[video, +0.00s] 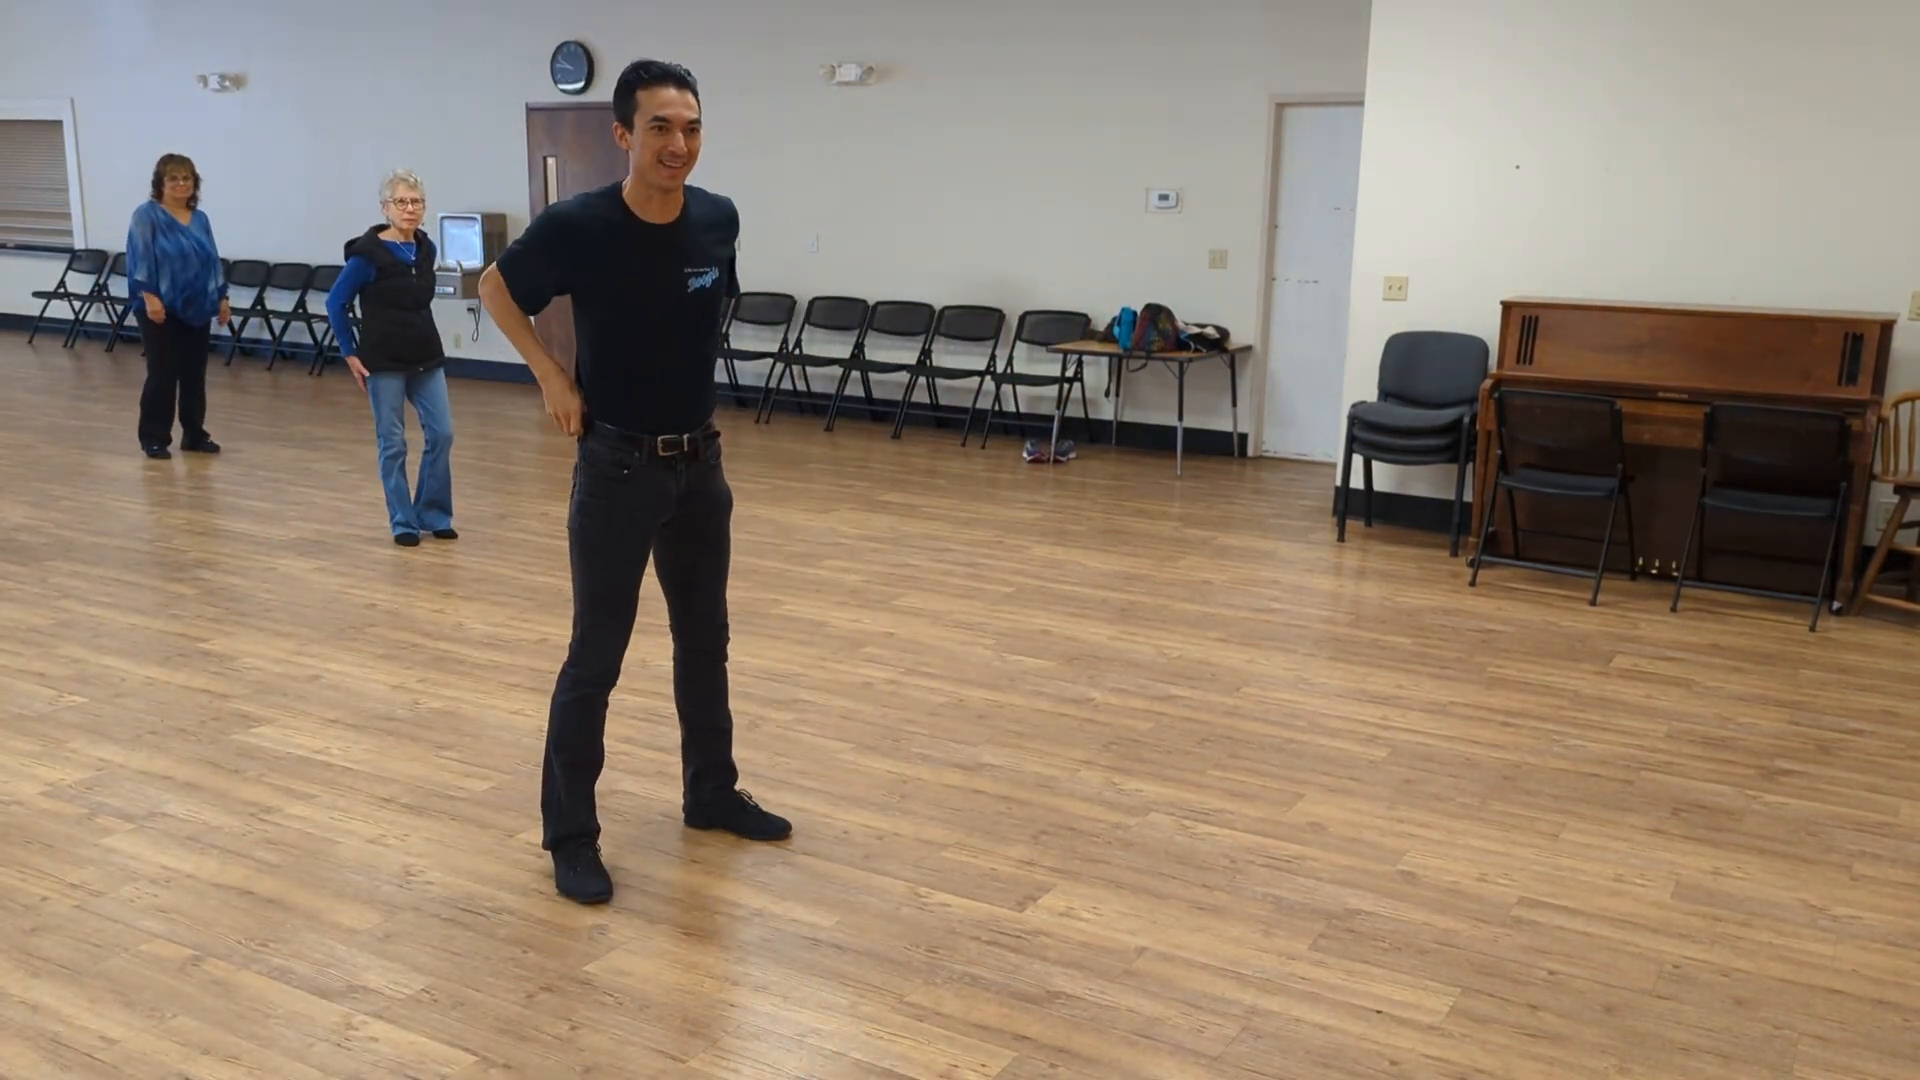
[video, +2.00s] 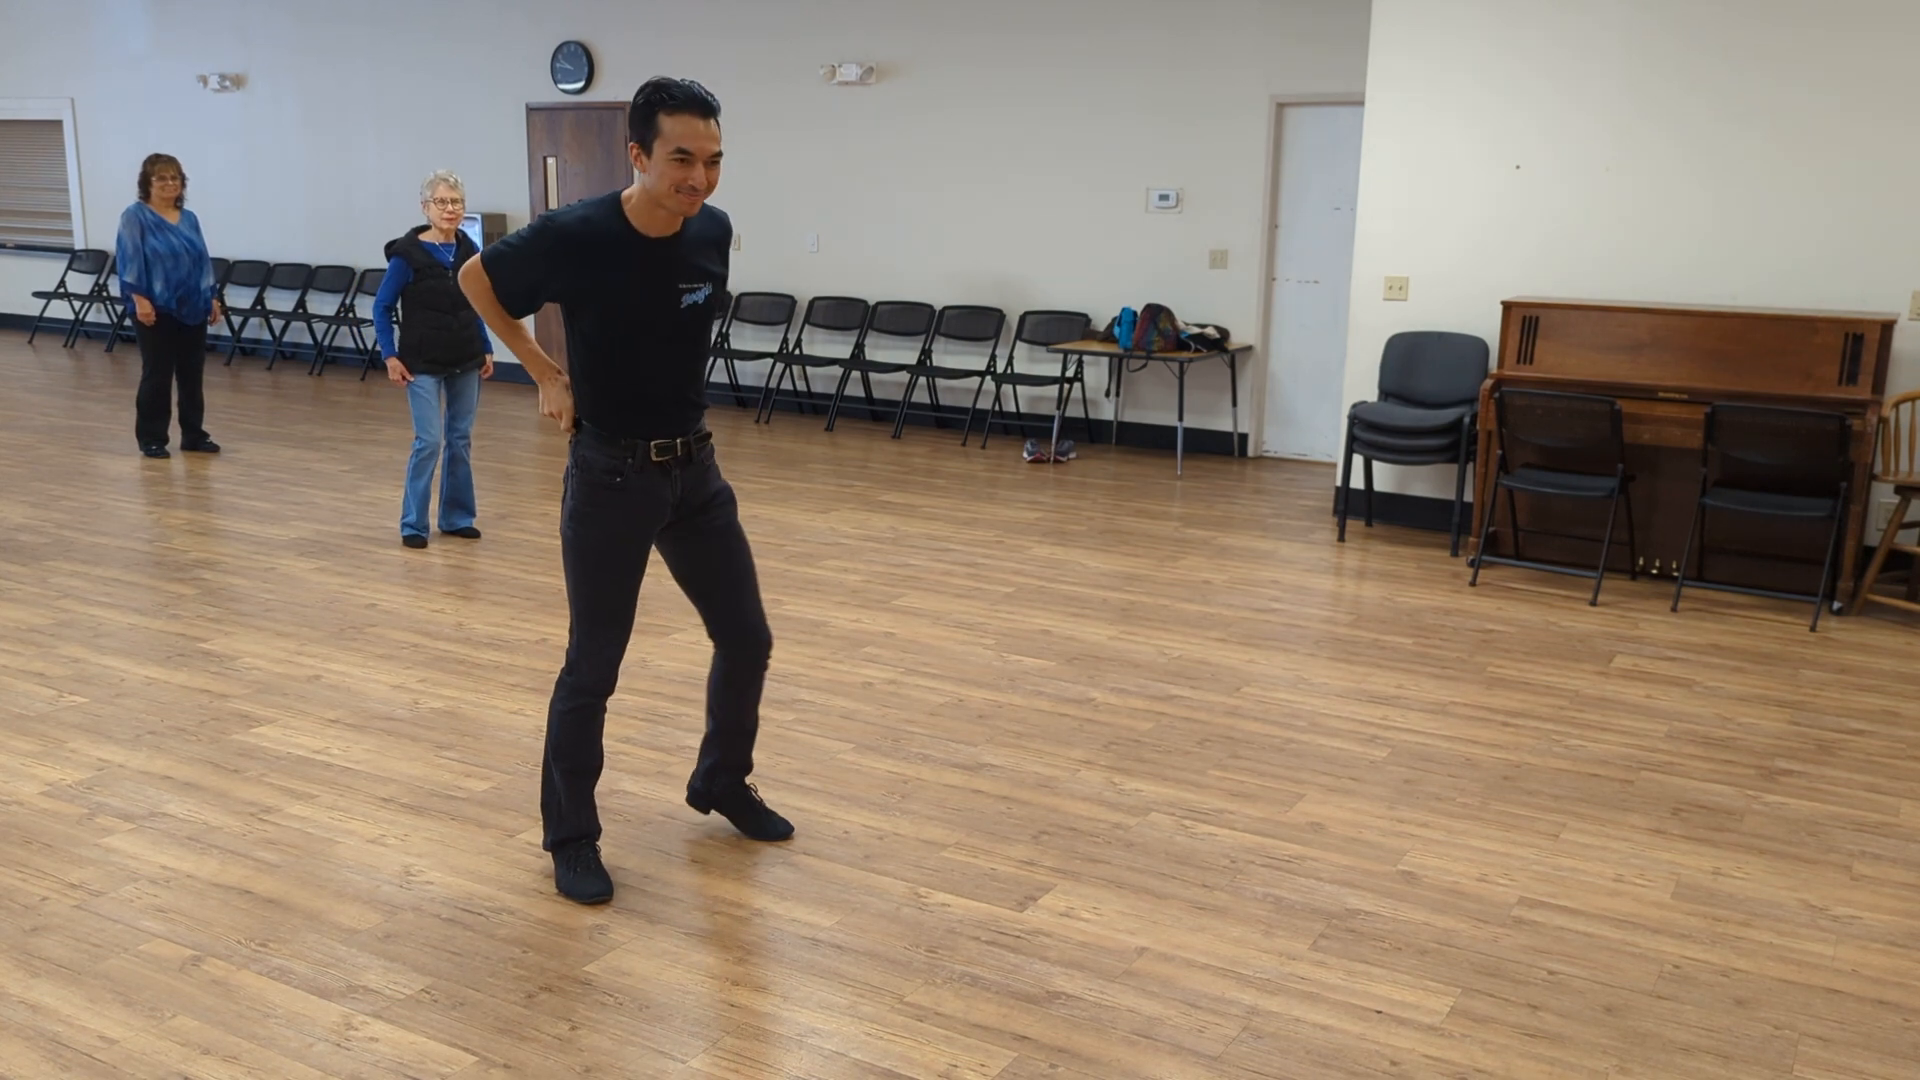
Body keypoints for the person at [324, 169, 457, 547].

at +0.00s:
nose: (410, 209)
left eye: (416, 202)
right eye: (401, 202)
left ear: (424, 207)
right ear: (386, 207)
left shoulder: (426, 249)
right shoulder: (370, 253)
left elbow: (417, 300)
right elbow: (335, 302)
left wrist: (421, 339)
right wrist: (350, 353)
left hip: (425, 358)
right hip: (383, 362)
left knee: (441, 434)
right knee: (393, 443)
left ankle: (434, 515)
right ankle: (403, 523)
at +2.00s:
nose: (450, 209)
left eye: (456, 202)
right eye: (442, 203)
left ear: (464, 207)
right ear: (426, 207)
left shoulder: (470, 250)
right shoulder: (410, 253)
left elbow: (478, 306)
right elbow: (382, 306)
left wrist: (486, 348)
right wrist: (389, 355)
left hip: (467, 360)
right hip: (422, 362)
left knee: (460, 440)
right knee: (429, 442)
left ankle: (457, 518)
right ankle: (414, 525)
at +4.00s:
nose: (449, 205)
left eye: (455, 198)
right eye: (440, 199)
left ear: (461, 202)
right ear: (424, 204)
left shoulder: (466, 247)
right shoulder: (409, 251)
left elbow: (470, 305)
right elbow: (388, 310)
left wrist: (493, 350)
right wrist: (395, 361)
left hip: (469, 358)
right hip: (427, 360)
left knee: (464, 442)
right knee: (420, 446)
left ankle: (464, 521)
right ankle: (411, 526)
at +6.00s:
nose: (443, 208)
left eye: (444, 201)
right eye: (434, 202)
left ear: (440, 204)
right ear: (408, 207)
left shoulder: (431, 248)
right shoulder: (387, 254)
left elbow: (429, 314)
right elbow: (365, 313)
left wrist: (448, 358)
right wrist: (378, 366)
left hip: (433, 364)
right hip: (395, 367)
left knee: (450, 443)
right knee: (395, 449)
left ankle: (463, 522)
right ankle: (397, 531)